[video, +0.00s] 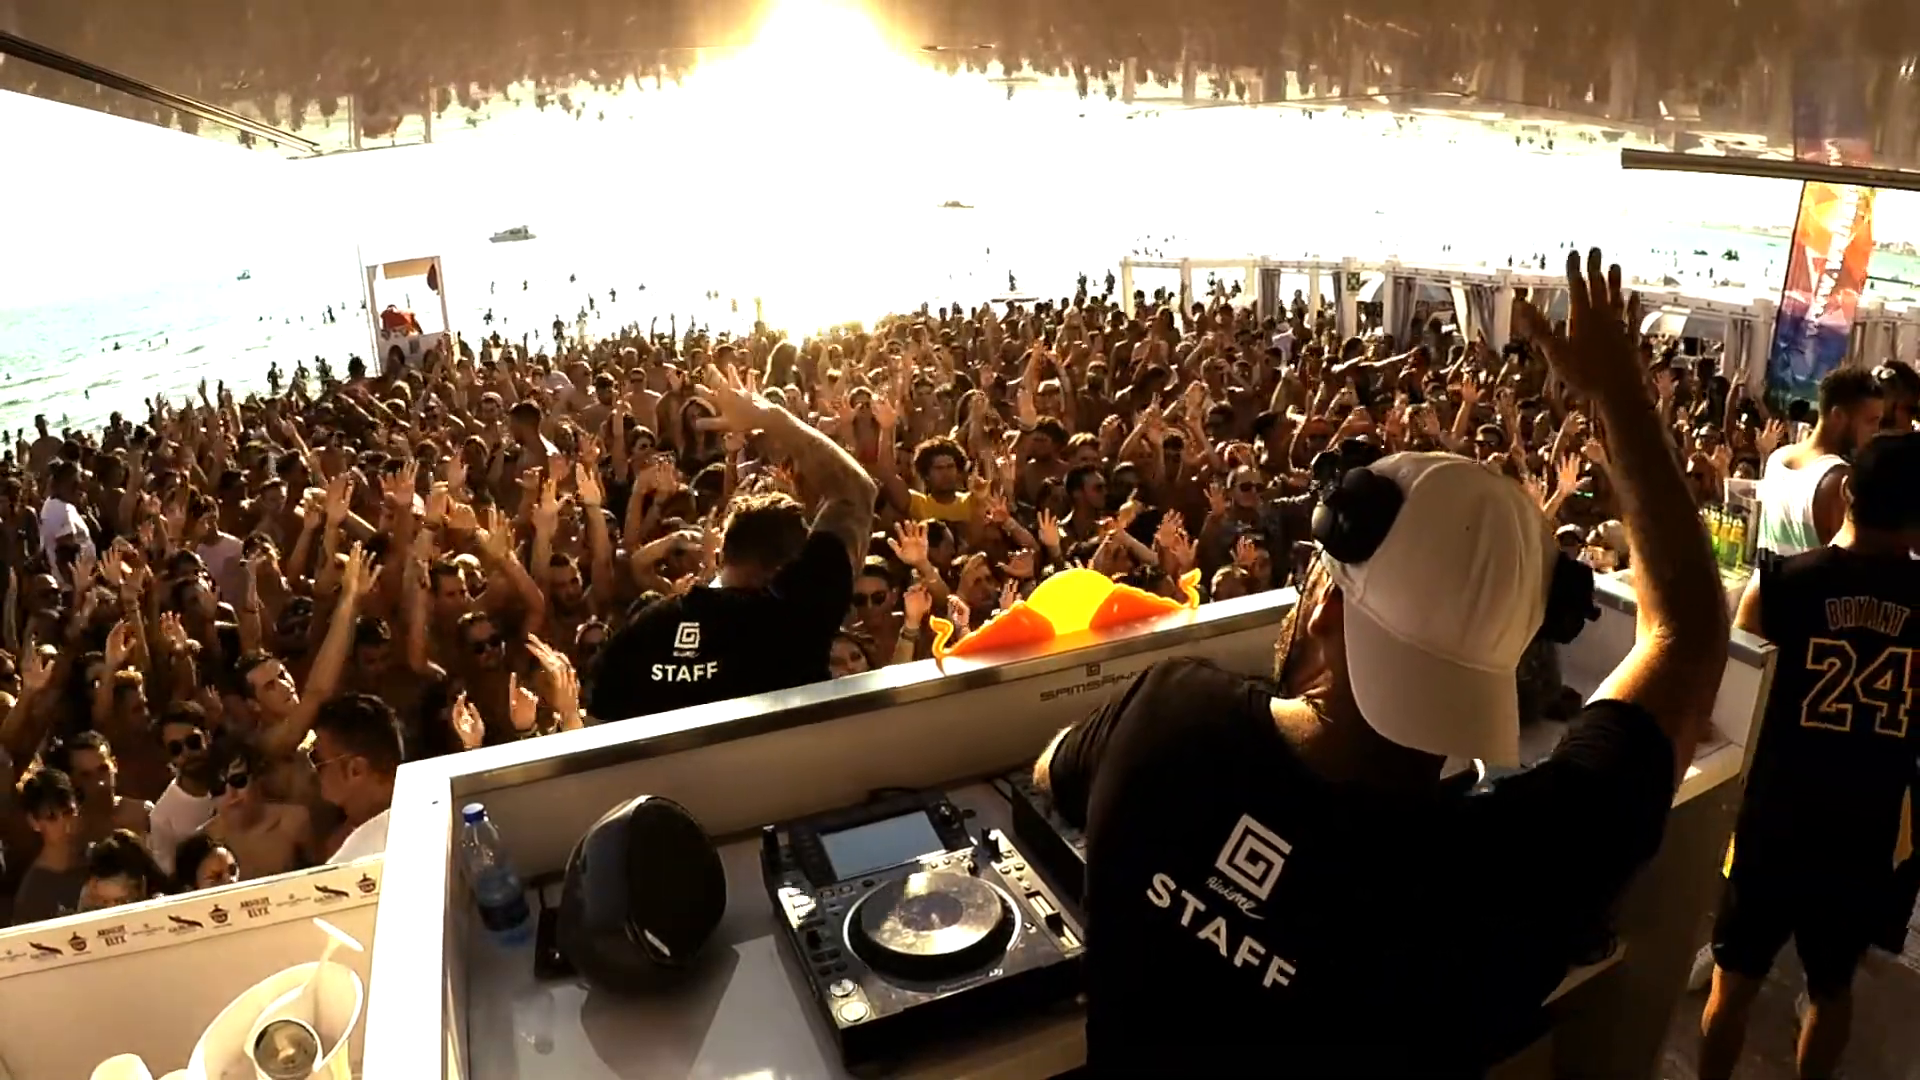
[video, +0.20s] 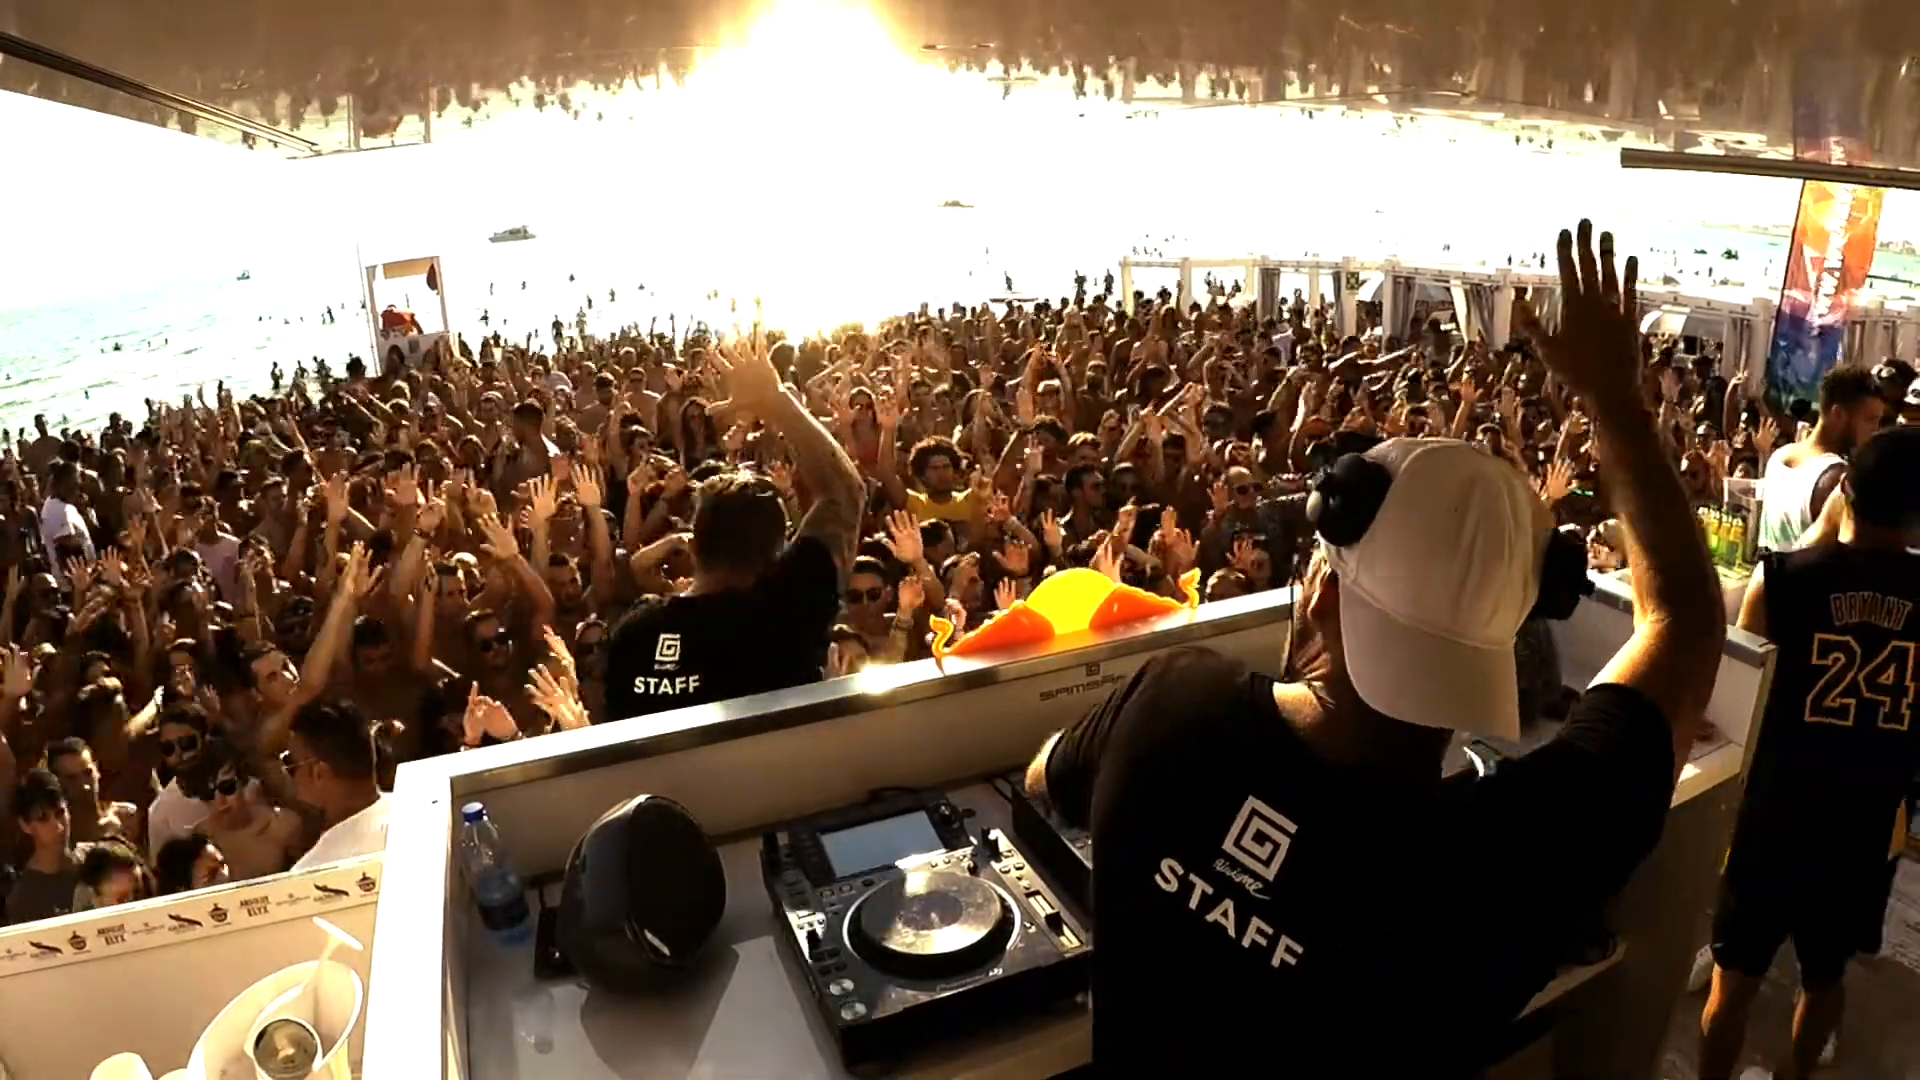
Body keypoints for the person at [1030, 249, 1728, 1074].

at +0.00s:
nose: (1311, 582)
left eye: (1321, 575)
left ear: (1327, 611)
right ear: (1500, 662)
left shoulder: (1169, 716)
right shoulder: (1507, 873)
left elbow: (1055, 778)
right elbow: (1688, 633)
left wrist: (1277, 676)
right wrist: (1623, 398)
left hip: (1137, 1049)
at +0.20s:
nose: (1308, 570)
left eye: (1318, 561)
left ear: (1322, 597)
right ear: (1495, 646)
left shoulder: (1172, 706)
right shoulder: (1498, 863)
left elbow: (1050, 780)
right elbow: (1683, 621)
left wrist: (1289, 672)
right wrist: (1616, 389)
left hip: (1139, 1063)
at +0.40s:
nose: (1314, 568)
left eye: (1325, 552)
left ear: (1333, 587)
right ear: (1494, 631)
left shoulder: (1181, 706)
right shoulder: (1507, 844)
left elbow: (1037, 795)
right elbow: (1673, 624)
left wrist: (1181, 825)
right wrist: (1586, 417)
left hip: (1150, 1057)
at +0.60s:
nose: (1334, 541)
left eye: (1347, 522)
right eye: (1351, 520)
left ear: (1357, 557)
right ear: (1523, 586)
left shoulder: (1215, 688)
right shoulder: (1579, 782)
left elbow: (1054, 784)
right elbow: (1667, 582)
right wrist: (1570, 385)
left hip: (1199, 1049)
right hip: (1446, 1069)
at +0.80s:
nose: (1390, 525)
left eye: (1402, 510)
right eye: (1404, 502)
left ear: (1422, 557)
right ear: (1576, 567)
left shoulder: (1298, 698)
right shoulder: (1643, 762)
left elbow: (1094, 790)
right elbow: (1650, 554)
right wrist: (1543, 404)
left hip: (1283, 1053)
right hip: (1520, 1066)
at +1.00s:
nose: (1474, 495)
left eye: (1489, 483)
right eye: (1486, 475)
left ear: (1521, 543)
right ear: (1663, 536)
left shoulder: (1385, 678)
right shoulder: (1717, 725)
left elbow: (1158, 786)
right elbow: (1671, 515)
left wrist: (1133, 750)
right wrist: (1542, 351)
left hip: (1368, 1054)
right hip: (1588, 1063)